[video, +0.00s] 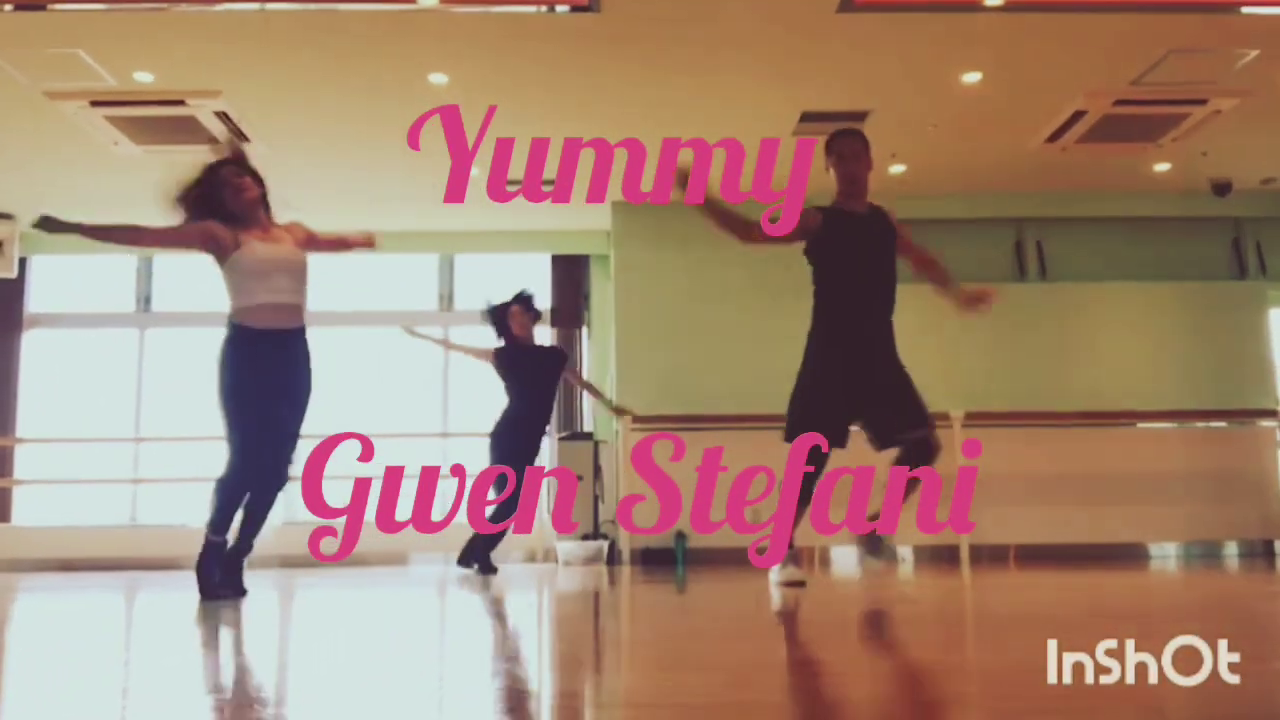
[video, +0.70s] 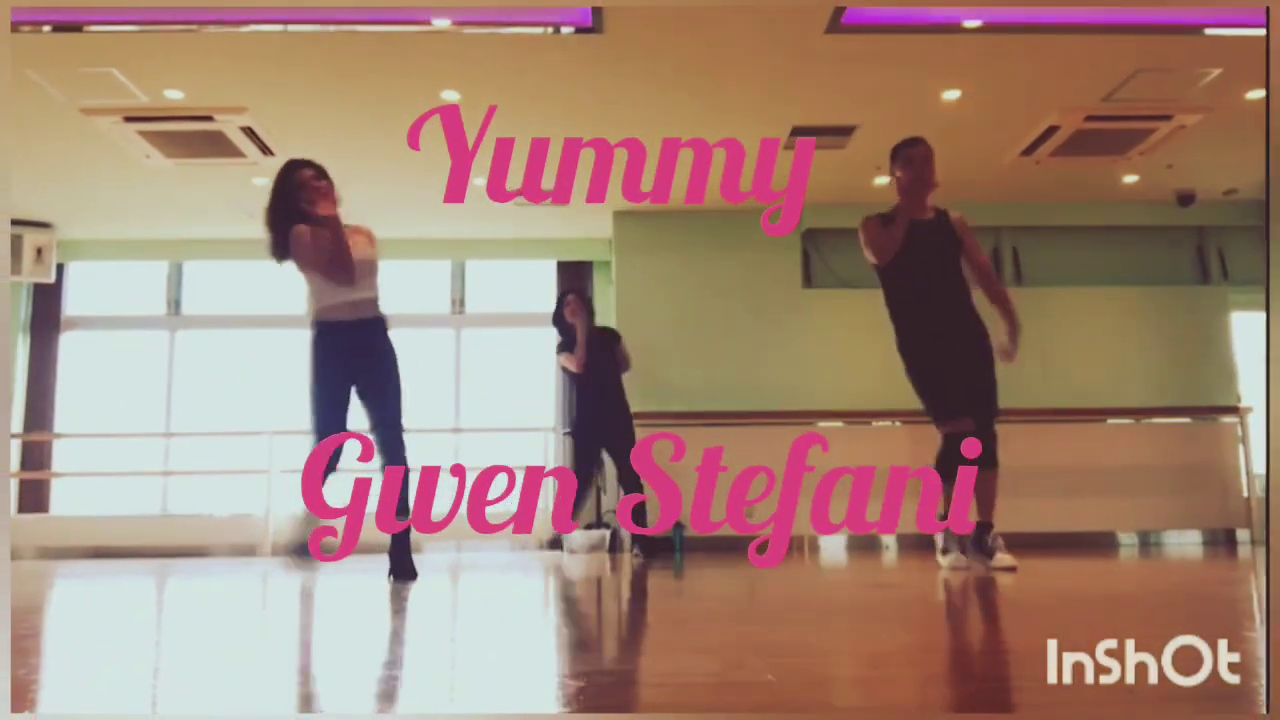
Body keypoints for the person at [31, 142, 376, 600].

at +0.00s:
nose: (244, 183)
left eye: (245, 175)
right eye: (231, 183)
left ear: (260, 183)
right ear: (220, 202)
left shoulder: (292, 234)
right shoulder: (220, 235)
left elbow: (330, 242)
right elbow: (145, 236)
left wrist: (362, 240)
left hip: (292, 353)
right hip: (247, 352)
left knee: (276, 467)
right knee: (246, 460)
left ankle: (237, 559)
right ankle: (212, 551)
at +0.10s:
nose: (240, 183)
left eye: (242, 176)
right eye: (228, 180)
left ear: (252, 183)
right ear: (212, 197)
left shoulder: (285, 231)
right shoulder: (217, 232)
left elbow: (311, 259)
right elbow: (182, 244)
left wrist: (321, 262)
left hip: (289, 348)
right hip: (244, 350)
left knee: (312, 450)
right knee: (248, 461)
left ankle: (285, 535)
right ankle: (209, 551)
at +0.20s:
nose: (242, 181)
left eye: (243, 173)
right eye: (230, 177)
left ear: (253, 180)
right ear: (212, 194)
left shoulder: (281, 233)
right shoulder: (218, 232)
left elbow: (288, 287)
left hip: (291, 350)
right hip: (248, 352)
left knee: (341, 441)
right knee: (251, 460)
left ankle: (340, 539)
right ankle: (210, 550)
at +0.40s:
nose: (267, 200)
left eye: (267, 192)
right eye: (256, 197)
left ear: (276, 199)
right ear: (240, 212)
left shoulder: (294, 252)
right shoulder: (243, 249)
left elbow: (296, 303)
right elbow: (284, 295)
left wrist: (312, 306)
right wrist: (325, 294)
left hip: (305, 362)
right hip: (266, 365)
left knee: (361, 451)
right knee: (275, 472)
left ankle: (390, 547)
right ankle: (215, 549)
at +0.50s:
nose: (282, 198)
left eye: (284, 191)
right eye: (270, 196)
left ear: (294, 198)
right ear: (256, 210)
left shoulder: (310, 250)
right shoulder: (266, 248)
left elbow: (311, 303)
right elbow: (310, 289)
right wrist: (351, 254)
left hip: (320, 362)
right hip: (287, 363)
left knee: (373, 445)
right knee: (282, 468)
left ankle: (395, 545)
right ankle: (221, 546)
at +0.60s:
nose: (303, 188)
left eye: (303, 181)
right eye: (292, 184)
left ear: (309, 190)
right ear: (275, 200)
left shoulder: (319, 235)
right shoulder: (287, 239)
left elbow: (339, 276)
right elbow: (341, 269)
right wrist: (339, 219)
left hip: (348, 349)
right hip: (315, 351)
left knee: (388, 445)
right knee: (297, 458)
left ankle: (397, 549)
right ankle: (239, 539)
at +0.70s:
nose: (319, 185)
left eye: (321, 177)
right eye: (306, 183)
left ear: (332, 184)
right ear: (293, 199)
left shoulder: (361, 234)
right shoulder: (301, 236)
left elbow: (358, 283)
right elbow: (337, 271)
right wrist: (329, 219)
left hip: (373, 339)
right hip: (332, 342)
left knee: (391, 441)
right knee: (329, 443)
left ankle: (401, 546)